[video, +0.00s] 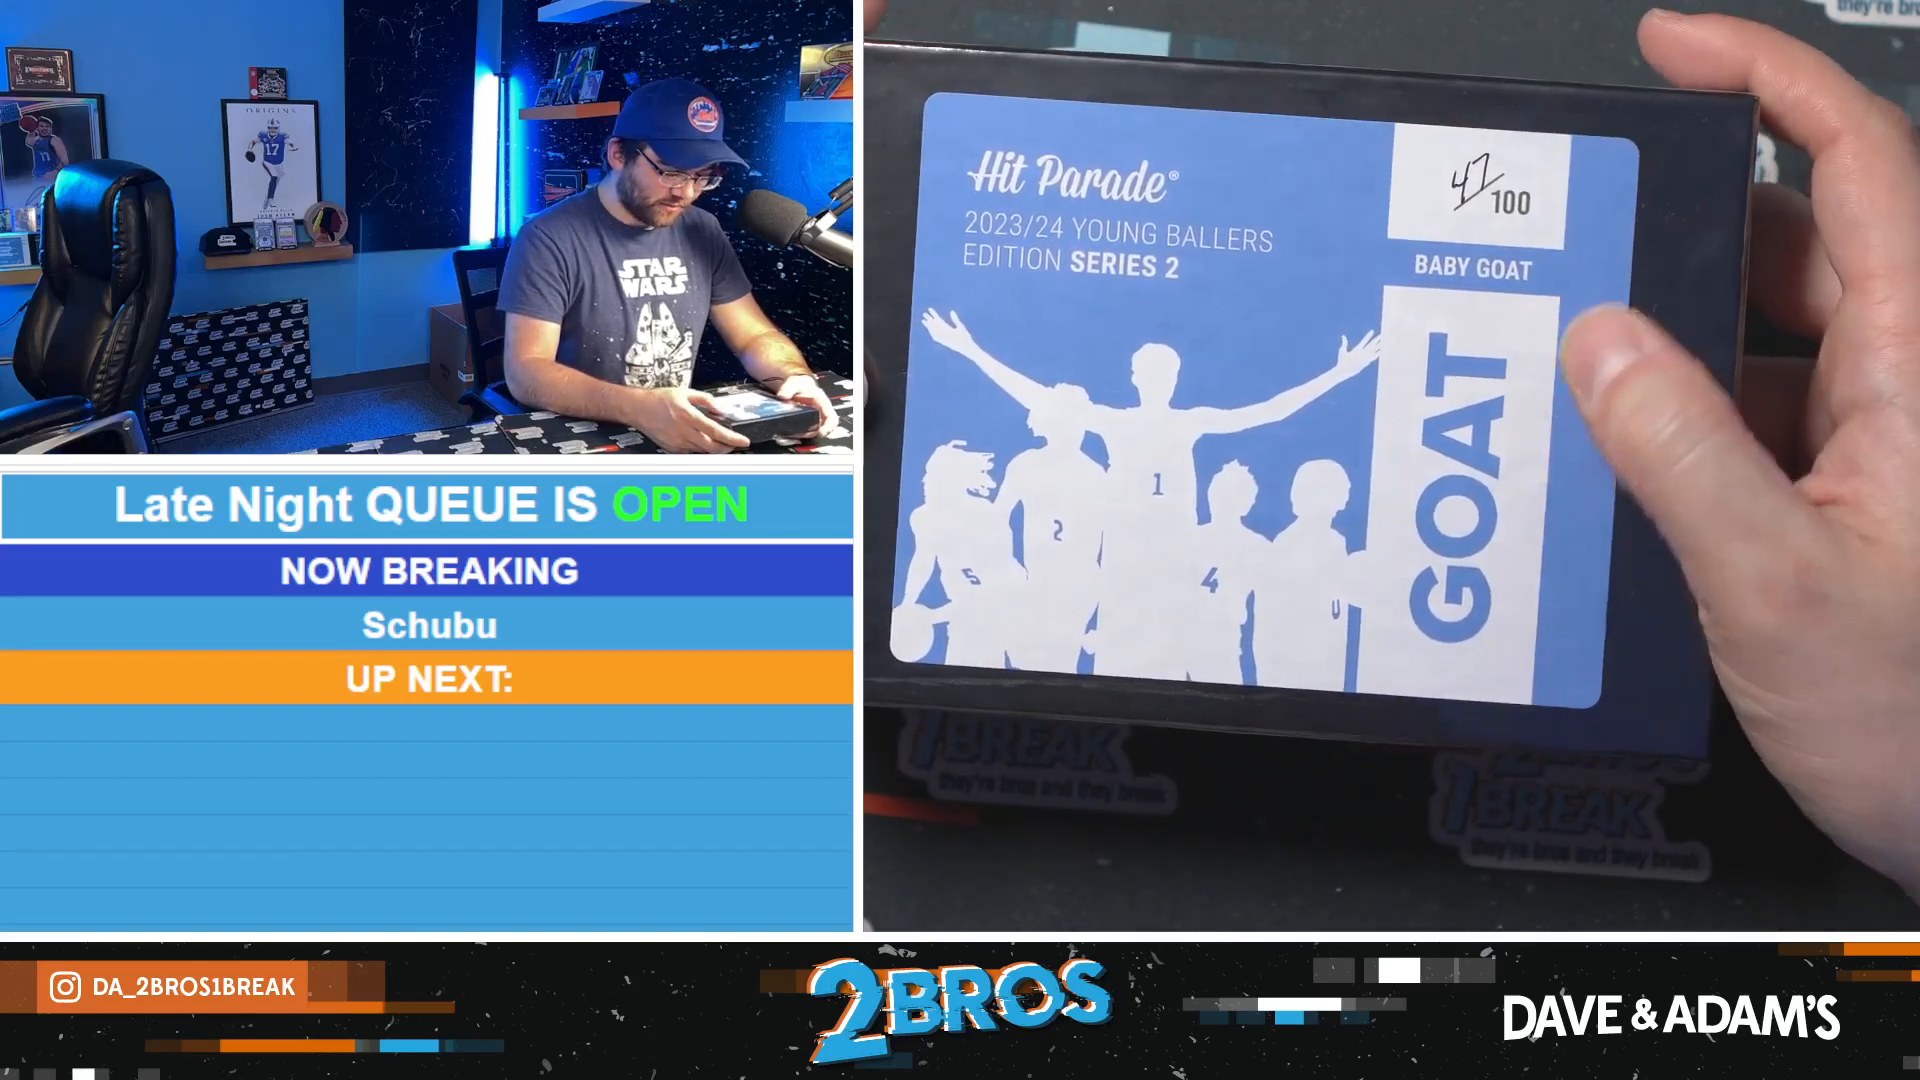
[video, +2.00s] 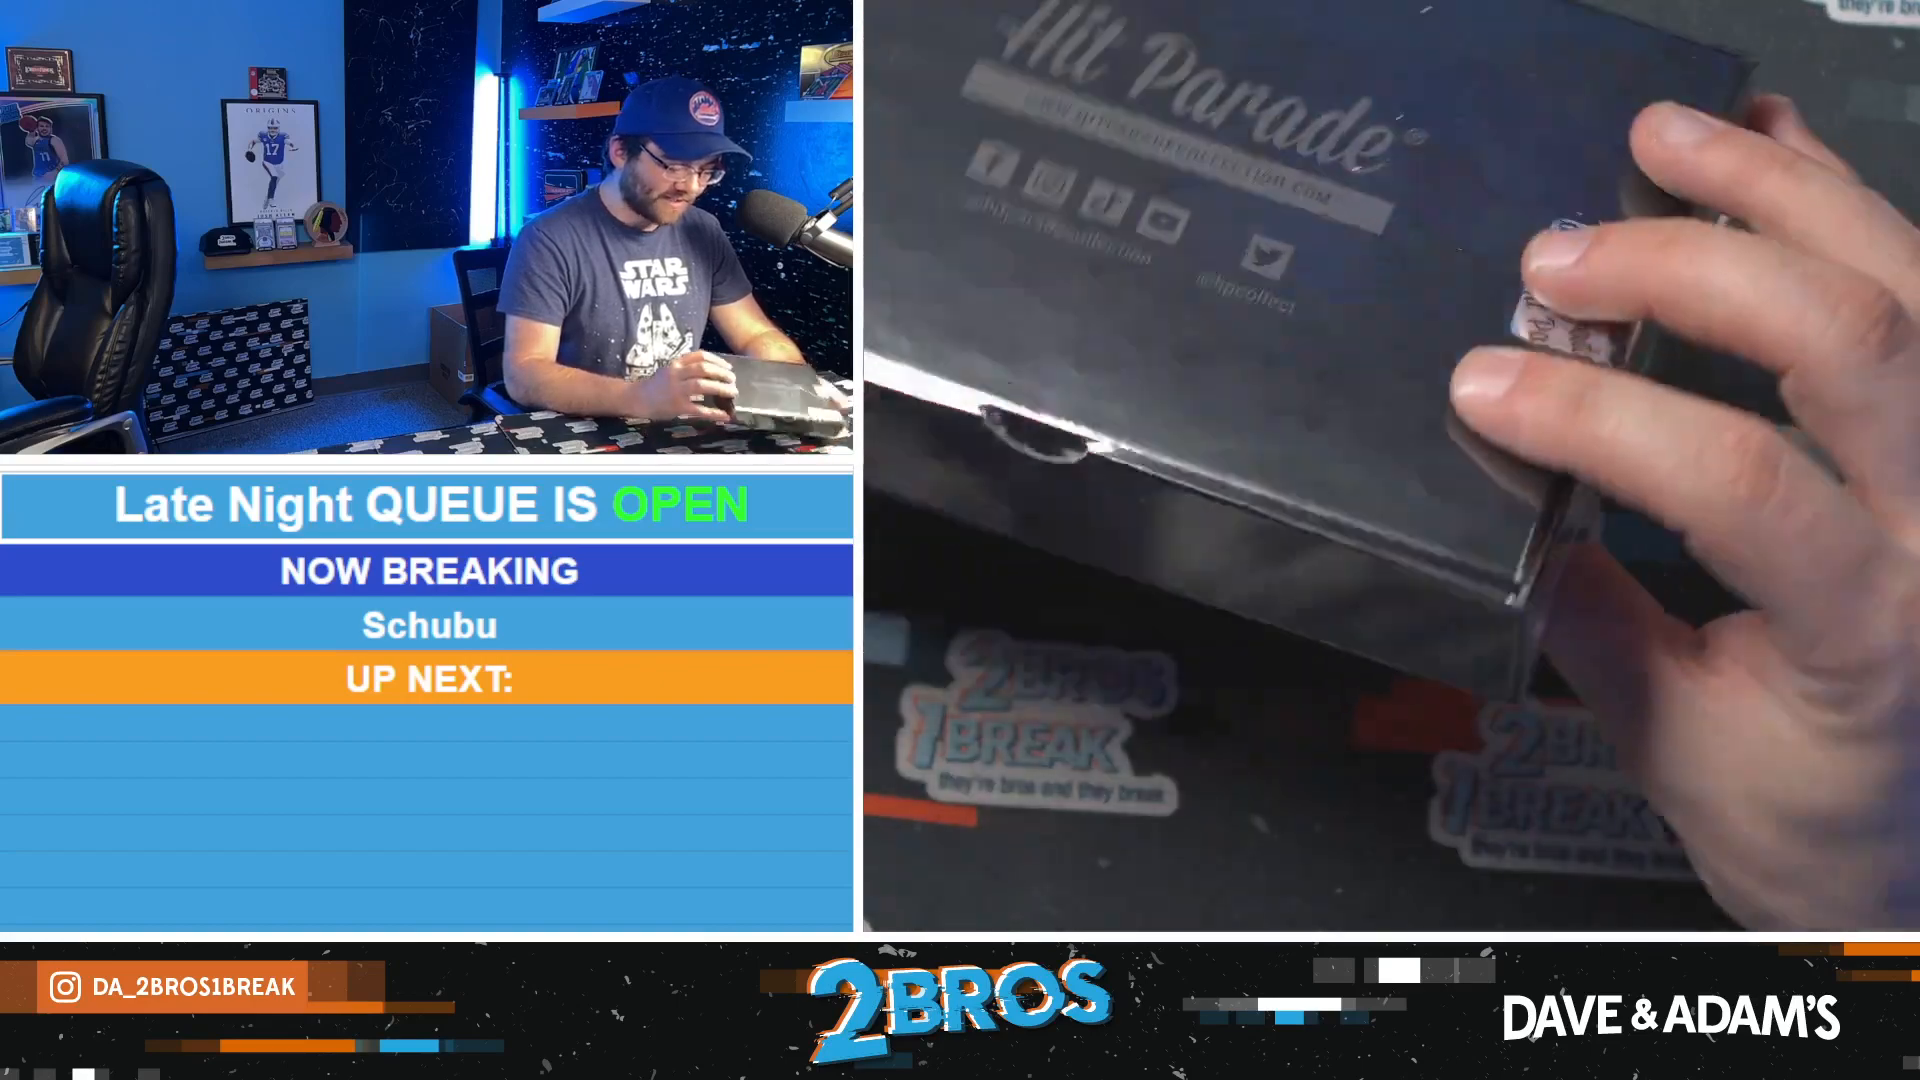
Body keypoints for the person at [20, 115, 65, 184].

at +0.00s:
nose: (44, 128)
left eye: (47, 126)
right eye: (41, 126)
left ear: (50, 128)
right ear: (37, 128)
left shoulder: (55, 140)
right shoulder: (35, 140)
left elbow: (64, 160)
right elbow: (28, 142)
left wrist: (54, 173)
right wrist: (31, 132)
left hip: (51, 177)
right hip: (37, 176)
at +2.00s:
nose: (44, 128)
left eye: (47, 126)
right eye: (41, 126)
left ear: (51, 128)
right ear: (37, 128)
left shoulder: (54, 140)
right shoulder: (35, 140)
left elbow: (64, 160)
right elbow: (28, 142)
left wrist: (54, 173)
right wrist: (31, 133)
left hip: (50, 177)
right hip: (37, 176)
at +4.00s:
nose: (44, 128)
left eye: (47, 126)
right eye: (41, 126)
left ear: (50, 128)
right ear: (37, 128)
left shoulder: (54, 140)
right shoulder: (35, 140)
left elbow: (64, 160)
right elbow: (28, 141)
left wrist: (53, 173)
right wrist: (30, 132)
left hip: (50, 177)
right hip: (37, 176)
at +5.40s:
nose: (44, 128)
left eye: (47, 126)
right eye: (41, 126)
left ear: (50, 128)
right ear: (37, 128)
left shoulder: (54, 140)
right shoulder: (35, 140)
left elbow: (64, 161)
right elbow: (28, 142)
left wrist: (53, 173)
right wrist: (31, 132)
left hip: (50, 177)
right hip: (37, 176)